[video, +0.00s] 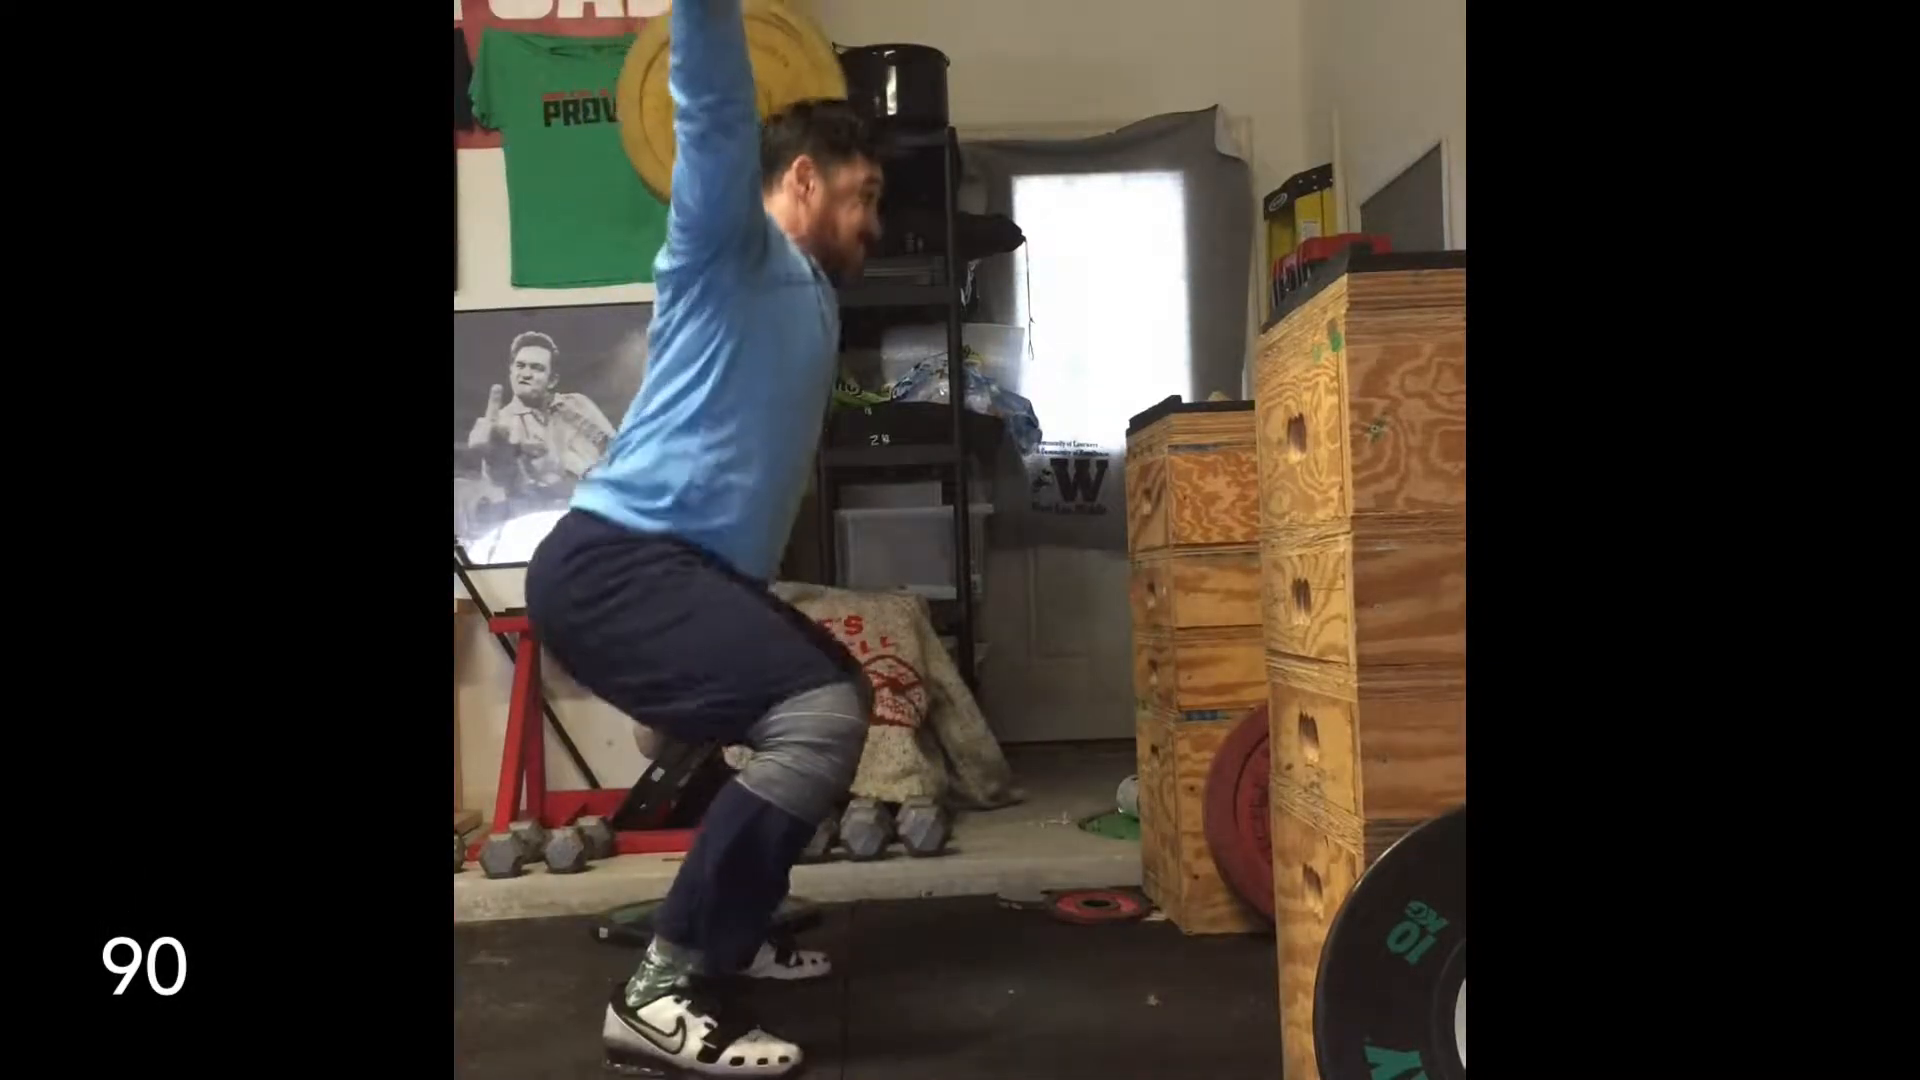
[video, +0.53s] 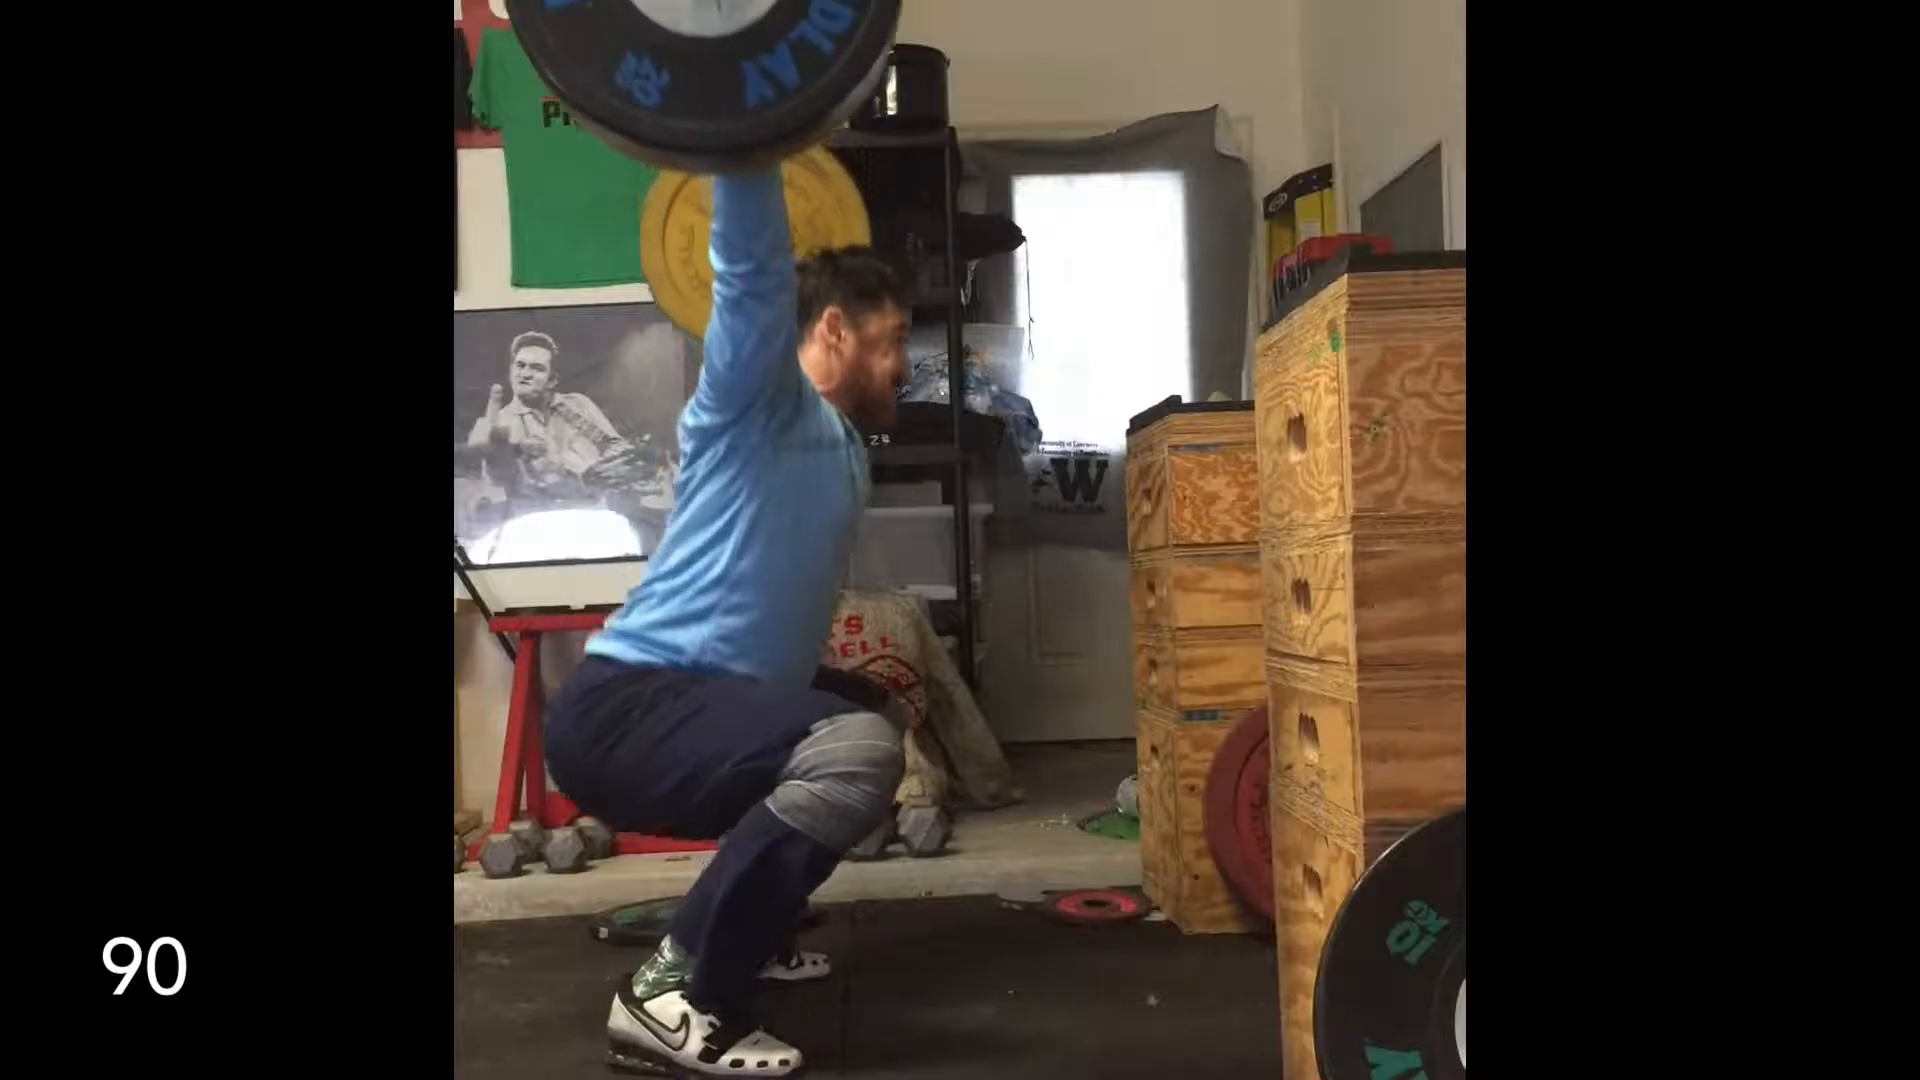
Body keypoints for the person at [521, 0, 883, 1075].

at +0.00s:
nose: (872, 226)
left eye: (876, 206)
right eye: (863, 200)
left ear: (822, 194)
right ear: (799, 179)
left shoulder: (810, 295)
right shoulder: (726, 246)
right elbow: (711, 104)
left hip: (695, 568)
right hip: (616, 559)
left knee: (833, 694)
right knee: (816, 716)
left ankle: (736, 922)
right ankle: (666, 984)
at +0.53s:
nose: (904, 365)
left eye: (904, 346)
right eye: (891, 343)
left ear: (842, 342)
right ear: (831, 335)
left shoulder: (839, 449)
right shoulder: (754, 404)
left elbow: (765, 622)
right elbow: (750, 272)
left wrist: (849, 682)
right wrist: (738, 128)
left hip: (712, 701)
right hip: (627, 704)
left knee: (870, 725)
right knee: (851, 753)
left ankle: (748, 928)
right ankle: (678, 988)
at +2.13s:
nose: (912, 260)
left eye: (915, 240)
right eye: (900, 235)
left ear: (860, 236)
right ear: (835, 222)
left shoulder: (850, 353)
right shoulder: (761, 297)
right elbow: (744, 169)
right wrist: (741, 45)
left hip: (725, 602)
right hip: (635, 591)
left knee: (858, 708)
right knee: (844, 726)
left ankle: (748, 916)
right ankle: (674, 984)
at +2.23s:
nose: (904, 194)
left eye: (909, 173)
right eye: (891, 166)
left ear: (868, 163)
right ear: (826, 146)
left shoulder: (842, 277)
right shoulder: (761, 232)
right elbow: (730, 116)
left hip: (735, 544)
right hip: (653, 528)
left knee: (846, 705)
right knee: (836, 713)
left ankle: (738, 919)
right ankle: (672, 989)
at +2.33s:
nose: (898, 97)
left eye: (906, 79)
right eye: (885, 71)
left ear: (885, 79)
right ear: (828, 54)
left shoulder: (838, 175)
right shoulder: (760, 142)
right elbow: (692, 83)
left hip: (769, 473)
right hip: (679, 451)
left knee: (807, 685)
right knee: (795, 692)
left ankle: (720, 916)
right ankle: (668, 990)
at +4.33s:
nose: (844, 2)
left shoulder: (786, 88)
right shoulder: (705, 65)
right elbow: (549, 112)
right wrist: (612, 8)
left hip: (738, 405)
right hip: (671, 396)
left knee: (704, 669)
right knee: (671, 675)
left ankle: (693, 914)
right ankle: (644, 984)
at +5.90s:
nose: (836, 57)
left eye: (833, 40)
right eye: (818, 39)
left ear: (781, 48)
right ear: (759, 40)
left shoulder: (789, 138)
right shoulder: (708, 130)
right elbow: (586, 196)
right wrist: (638, 70)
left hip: (729, 450)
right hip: (675, 446)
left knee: (789, 689)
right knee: (807, 695)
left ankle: (715, 917)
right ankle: (661, 980)